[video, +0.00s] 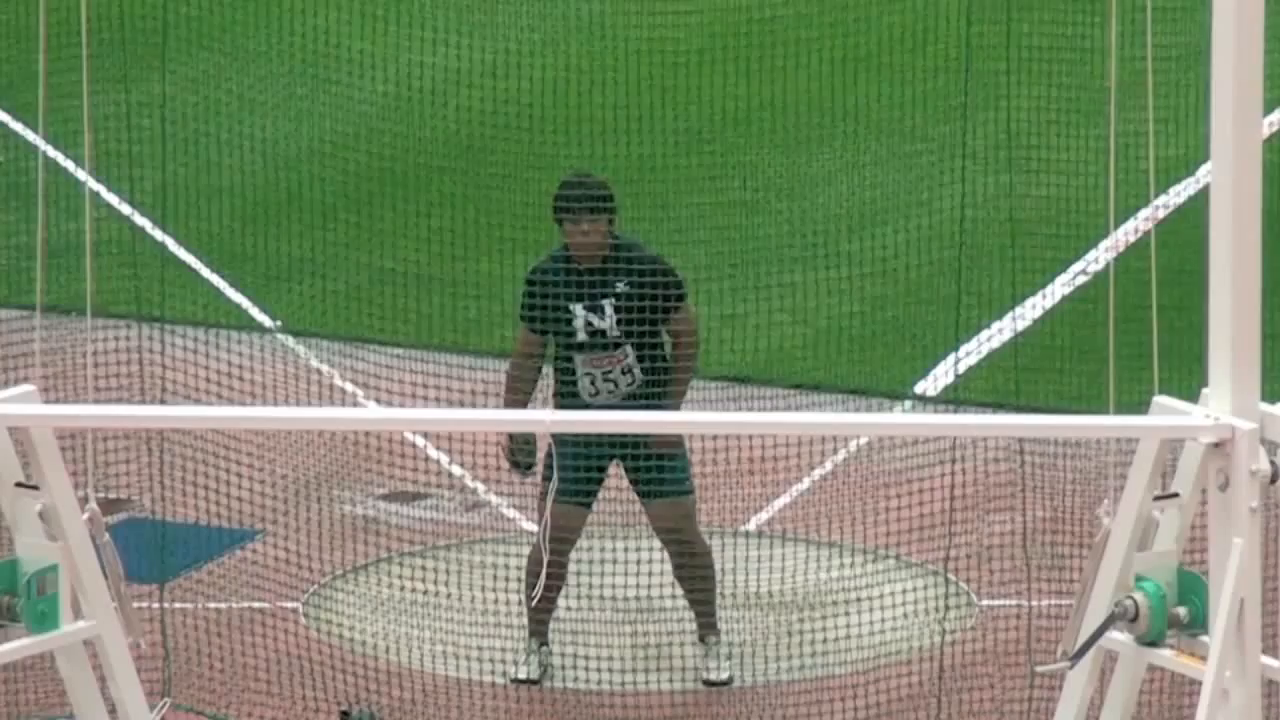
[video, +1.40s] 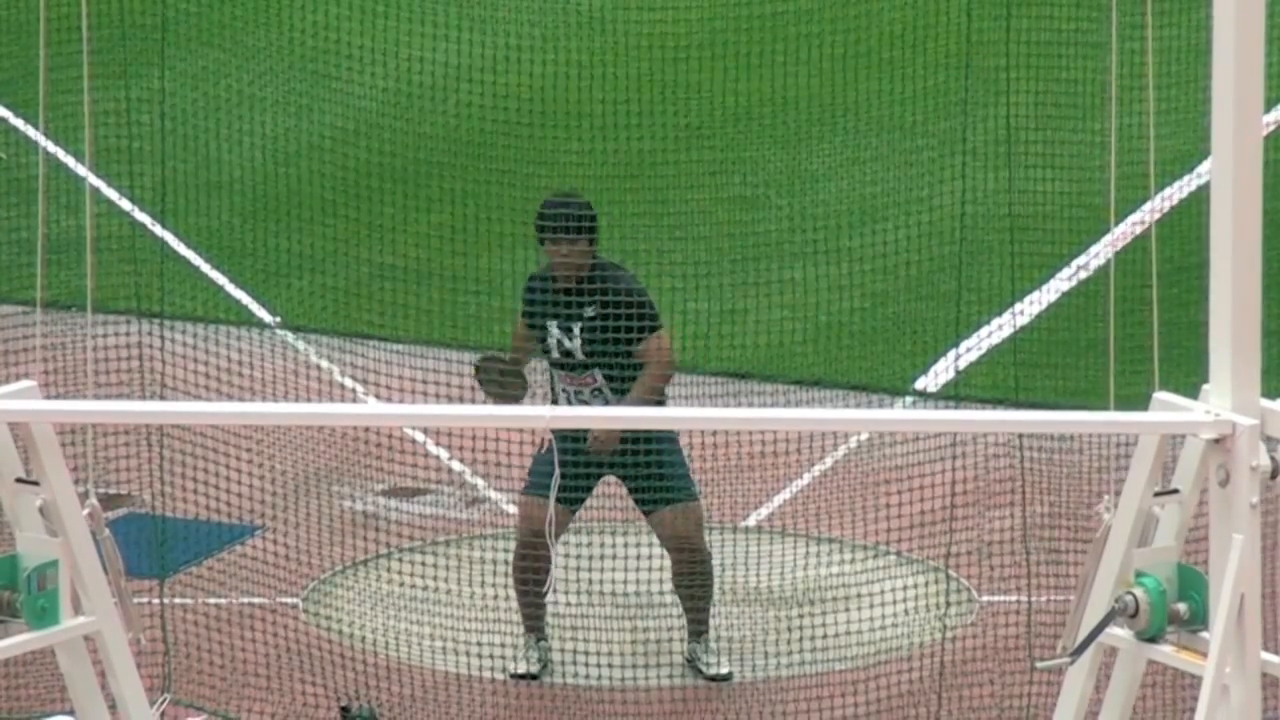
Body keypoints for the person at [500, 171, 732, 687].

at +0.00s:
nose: (586, 232)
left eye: (595, 220)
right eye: (575, 222)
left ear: (612, 221)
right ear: (560, 226)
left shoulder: (649, 271)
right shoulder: (547, 279)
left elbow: (686, 338)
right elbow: (526, 358)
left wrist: (670, 412)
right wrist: (514, 426)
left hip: (649, 420)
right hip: (577, 426)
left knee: (679, 531)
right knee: (555, 535)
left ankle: (710, 641)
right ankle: (536, 644)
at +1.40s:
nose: (562, 251)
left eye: (572, 241)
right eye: (553, 241)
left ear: (591, 243)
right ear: (542, 244)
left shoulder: (622, 290)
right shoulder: (538, 291)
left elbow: (662, 362)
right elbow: (521, 357)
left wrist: (618, 421)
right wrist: (500, 377)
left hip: (641, 428)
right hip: (573, 430)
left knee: (688, 541)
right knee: (532, 532)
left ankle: (699, 643)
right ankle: (535, 643)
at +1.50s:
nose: (577, 253)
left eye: (585, 243)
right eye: (567, 243)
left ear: (603, 244)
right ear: (553, 244)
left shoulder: (626, 292)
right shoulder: (545, 278)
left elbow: (663, 369)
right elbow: (515, 307)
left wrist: (614, 425)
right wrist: (500, 310)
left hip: (641, 428)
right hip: (572, 428)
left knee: (688, 540)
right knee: (530, 530)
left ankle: (700, 643)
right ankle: (533, 640)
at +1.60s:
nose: (581, 257)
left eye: (591, 247)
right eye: (574, 246)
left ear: (612, 250)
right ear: (562, 246)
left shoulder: (635, 297)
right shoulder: (553, 271)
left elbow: (667, 376)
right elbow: (519, 254)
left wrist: (614, 425)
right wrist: (494, 243)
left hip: (642, 429)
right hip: (574, 428)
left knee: (691, 534)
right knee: (531, 526)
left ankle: (700, 643)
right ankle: (534, 641)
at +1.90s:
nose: (622, 271)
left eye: (632, 261)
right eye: (613, 260)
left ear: (648, 263)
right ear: (599, 259)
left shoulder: (671, 309)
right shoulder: (581, 290)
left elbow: (696, 388)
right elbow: (502, 275)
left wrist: (640, 427)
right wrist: (436, 260)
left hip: (662, 431)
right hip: (588, 427)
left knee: (703, 530)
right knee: (540, 524)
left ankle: (701, 642)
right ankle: (533, 639)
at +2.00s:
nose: (640, 277)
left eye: (649, 266)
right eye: (630, 266)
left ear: (664, 265)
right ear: (614, 263)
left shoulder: (687, 313)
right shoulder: (594, 299)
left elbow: (710, 391)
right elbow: (520, 322)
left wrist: (658, 428)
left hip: (671, 431)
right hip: (595, 427)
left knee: (707, 526)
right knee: (544, 525)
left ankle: (701, 642)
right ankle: (534, 640)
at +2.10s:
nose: (656, 279)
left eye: (665, 269)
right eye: (646, 269)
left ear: (678, 268)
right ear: (630, 268)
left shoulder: (699, 311)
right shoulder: (604, 309)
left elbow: (722, 387)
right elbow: (554, 373)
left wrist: (681, 427)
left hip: (671, 431)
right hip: (599, 429)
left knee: (710, 525)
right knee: (549, 524)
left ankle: (700, 642)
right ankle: (534, 639)